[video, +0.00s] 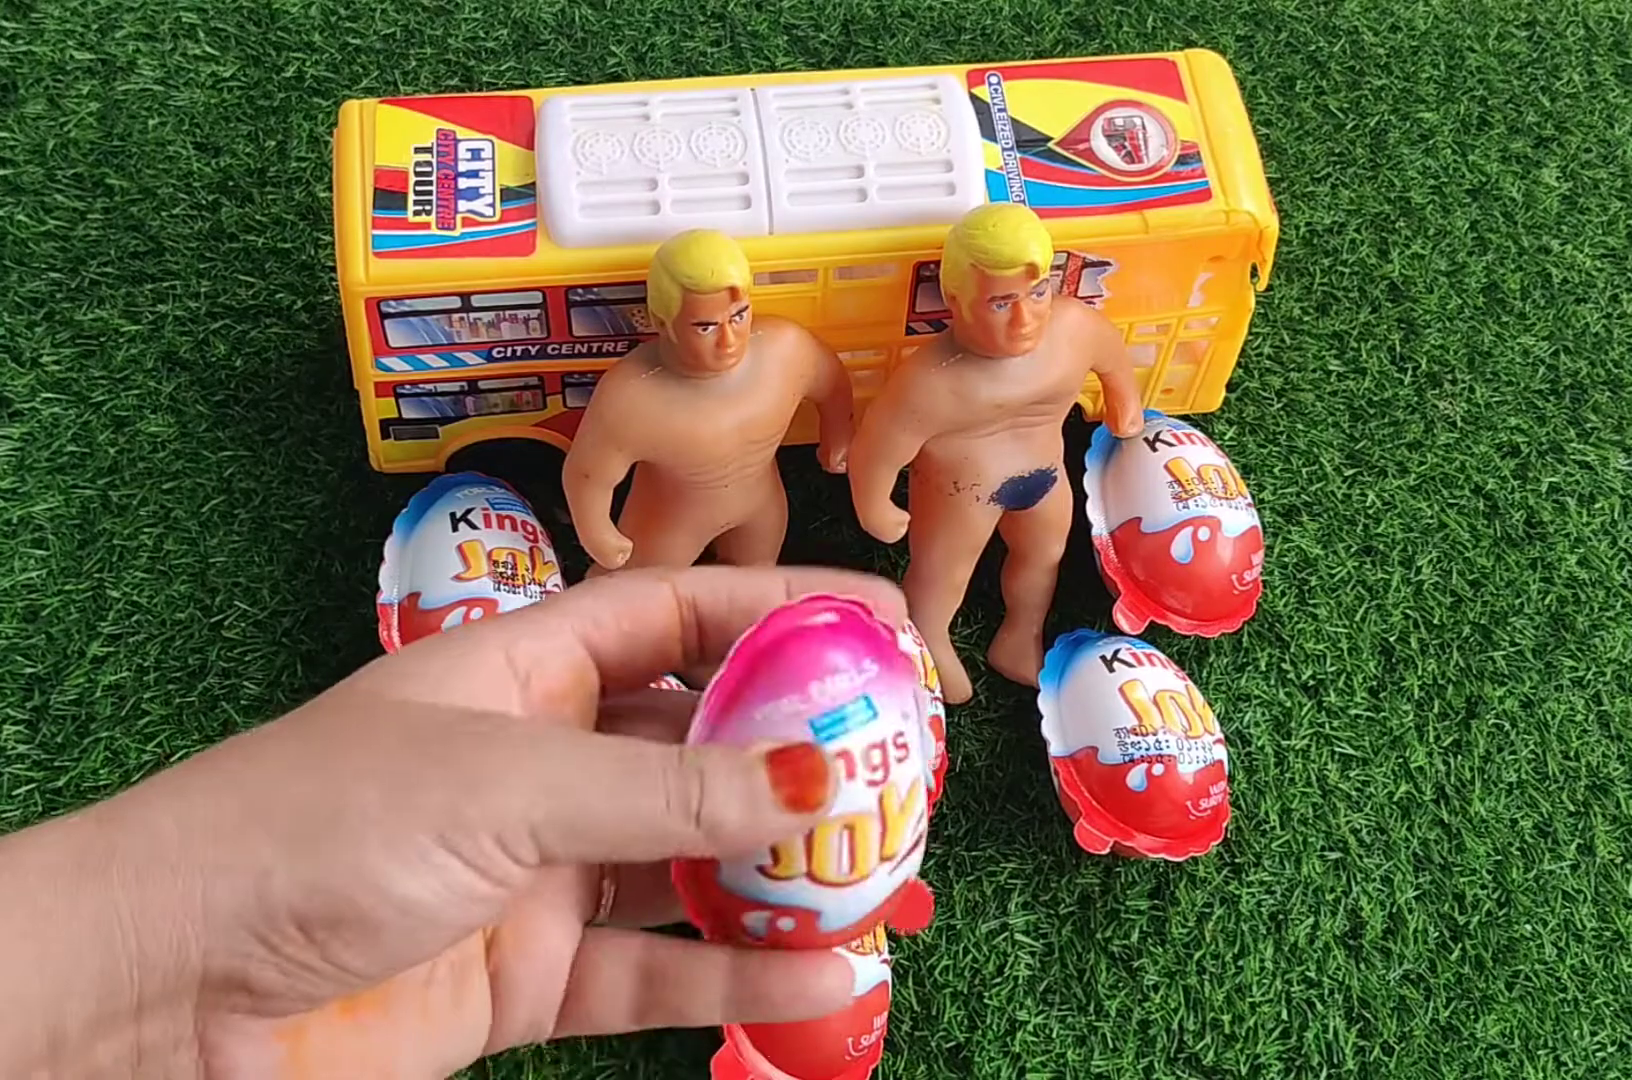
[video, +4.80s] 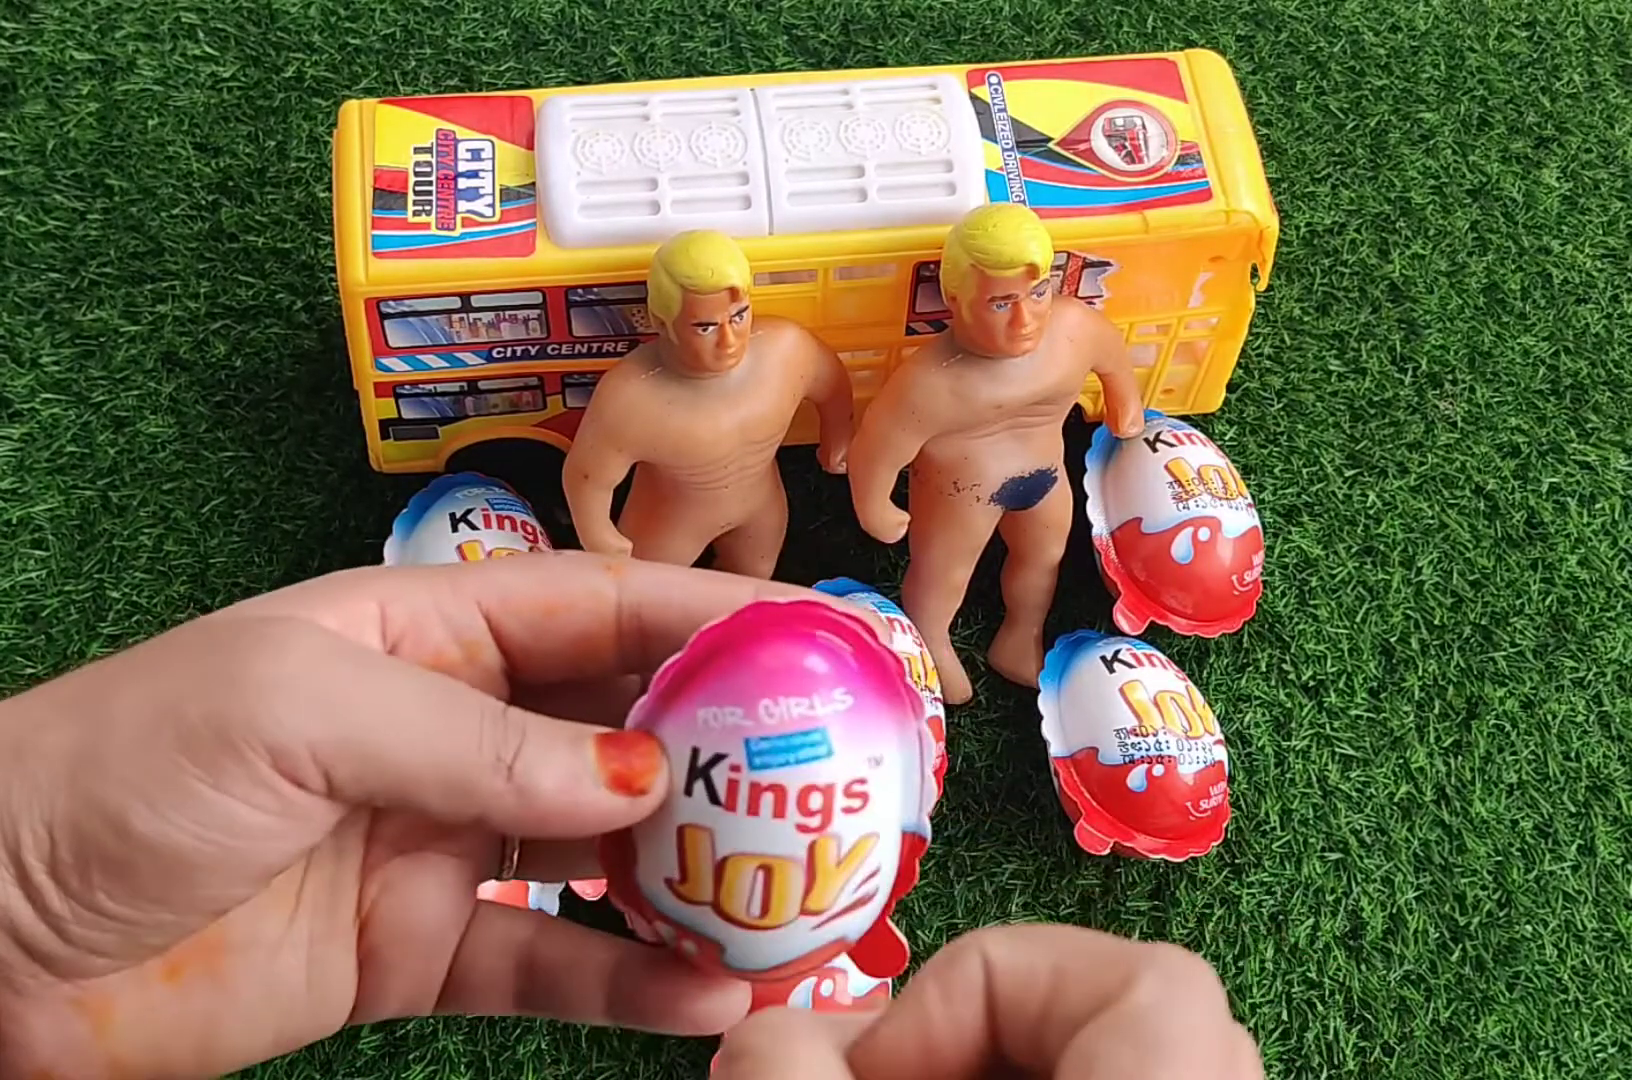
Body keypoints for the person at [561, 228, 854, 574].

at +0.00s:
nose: (729, 339)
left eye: (738, 316)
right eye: (705, 326)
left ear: (750, 303)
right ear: (662, 325)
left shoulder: (787, 350)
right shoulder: (628, 398)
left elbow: (833, 386)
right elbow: (586, 478)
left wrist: (836, 442)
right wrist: (601, 542)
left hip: (758, 502)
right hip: (670, 515)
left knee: (756, 587)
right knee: (637, 597)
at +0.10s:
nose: (728, 339)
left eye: (739, 315)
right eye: (704, 327)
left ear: (749, 300)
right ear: (664, 324)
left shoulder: (786, 350)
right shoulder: (626, 398)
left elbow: (833, 388)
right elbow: (582, 485)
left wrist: (835, 443)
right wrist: (611, 557)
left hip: (760, 524)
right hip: (675, 547)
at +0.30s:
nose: (728, 338)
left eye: (737, 316)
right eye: (705, 325)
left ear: (749, 302)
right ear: (664, 321)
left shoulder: (788, 350)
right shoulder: (628, 395)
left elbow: (834, 389)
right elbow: (584, 479)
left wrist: (836, 448)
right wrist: (604, 543)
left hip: (757, 512)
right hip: (668, 529)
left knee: (751, 622)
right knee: (690, 641)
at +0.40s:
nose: (728, 339)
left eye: (739, 316)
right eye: (705, 326)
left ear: (750, 302)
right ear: (664, 322)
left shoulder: (789, 350)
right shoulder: (628, 397)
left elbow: (833, 387)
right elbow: (586, 477)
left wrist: (837, 441)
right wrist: (597, 536)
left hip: (758, 501)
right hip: (670, 515)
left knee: (750, 580)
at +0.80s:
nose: (727, 339)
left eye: (738, 316)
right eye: (704, 325)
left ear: (750, 300)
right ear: (661, 321)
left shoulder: (786, 349)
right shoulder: (627, 394)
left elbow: (832, 387)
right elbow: (584, 477)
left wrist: (835, 440)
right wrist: (600, 543)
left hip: (766, 528)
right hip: (659, 545)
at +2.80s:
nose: (728, 340)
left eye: (738, 316)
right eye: (704, 326)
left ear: (749, 301)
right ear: (660, 321)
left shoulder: (786, 349)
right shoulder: (628, 395)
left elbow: (832, 385)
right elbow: (585, 479)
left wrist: (837, 441)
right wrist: (601, 553)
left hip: (766, 529)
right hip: (667, 546)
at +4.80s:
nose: (728, 339)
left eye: (738, 316)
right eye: (705, 326)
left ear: (749, 302)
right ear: (660, 324)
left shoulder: (787, 350)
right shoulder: (628, 398)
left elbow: (832, 387)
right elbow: (585, 478)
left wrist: (836, 442)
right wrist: (598, 536)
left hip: (759, 503)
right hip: (671, 514)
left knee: (752, 588)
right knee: (642, 598)